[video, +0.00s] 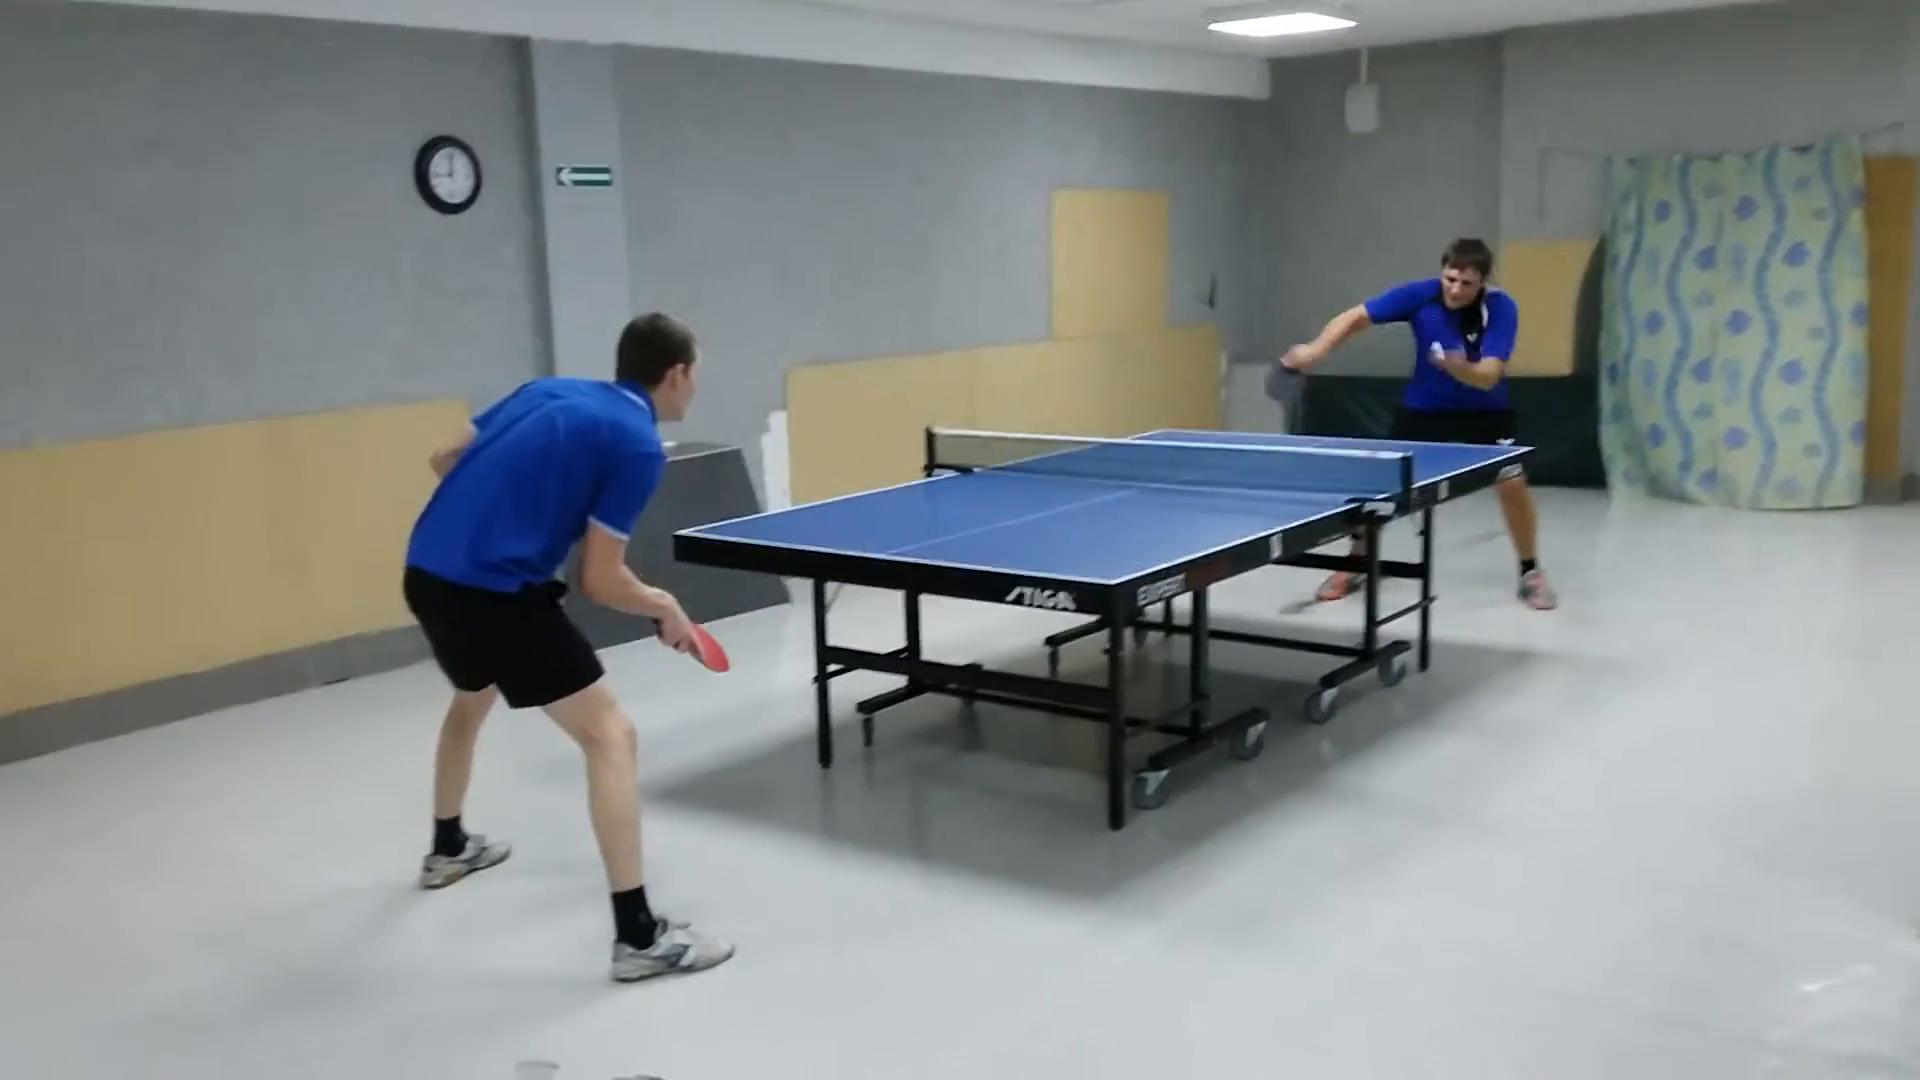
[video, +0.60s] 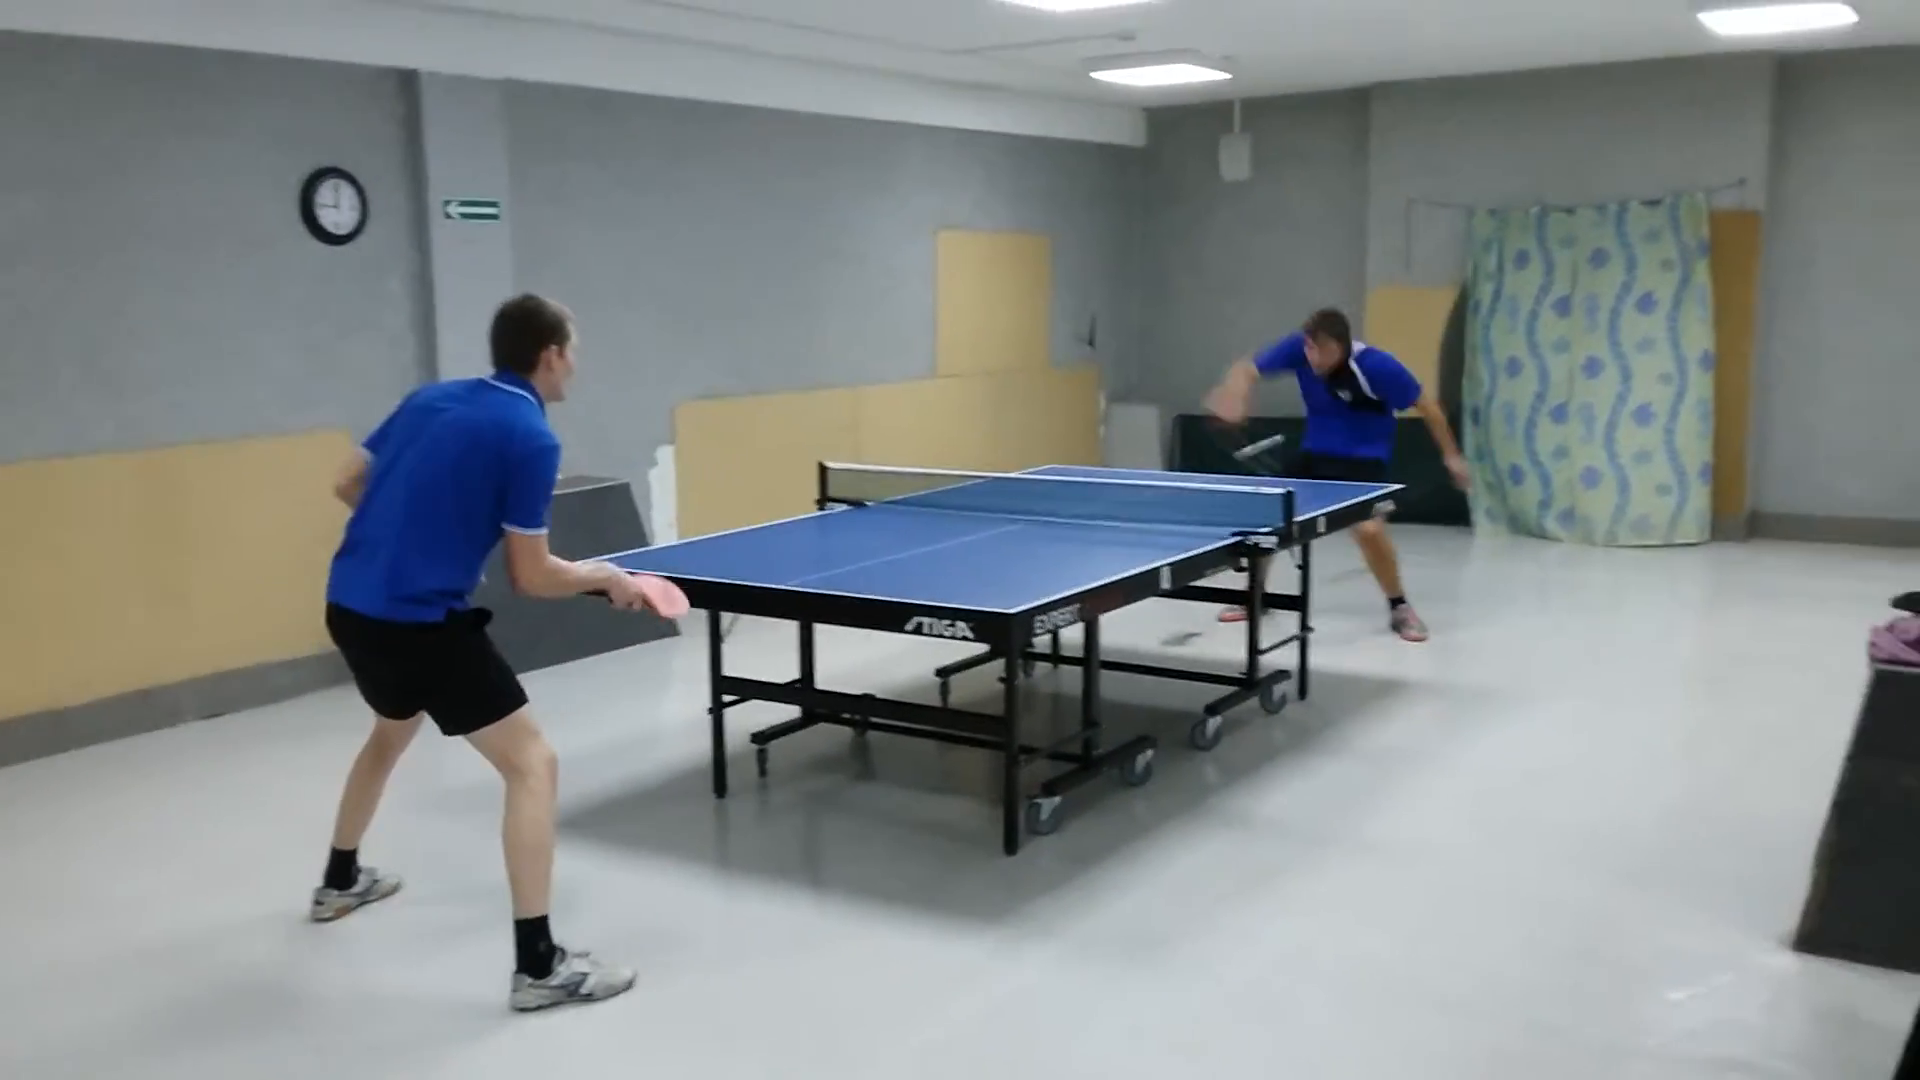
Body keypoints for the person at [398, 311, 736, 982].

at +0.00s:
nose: (695, 387)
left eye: (693, 374)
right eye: (693, 375)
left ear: (628, 367)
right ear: (673, 377)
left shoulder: (550, 391)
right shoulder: (637, 444)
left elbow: (445, 457)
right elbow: (601, 579)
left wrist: (502, 522)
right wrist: (664, 606)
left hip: (429, 572)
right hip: (499, 590)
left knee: (474, 691)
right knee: (610, 736)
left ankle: (446, 846)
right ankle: (638, 936)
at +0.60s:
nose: (573, 364)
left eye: (570, 351)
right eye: (569, 352)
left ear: (505, 355)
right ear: (547, 358)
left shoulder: (434, 396)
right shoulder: (530, 436)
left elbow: (349, 482)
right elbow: (532, 573)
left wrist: (414, 530)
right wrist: (608, 579)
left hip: (352, 605)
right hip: (423, 617)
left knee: (396, 723)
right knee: (531, 765)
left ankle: (338, 880)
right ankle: (538, 966)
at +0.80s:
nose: (552, 351)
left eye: (548, 338)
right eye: (549, 339)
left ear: (479, 342)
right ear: (530, 343)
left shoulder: (413, 392)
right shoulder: (515, 423)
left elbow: (346, 482)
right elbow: (566, 552)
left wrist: (450, 536)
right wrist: (615, 517)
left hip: (338, 604)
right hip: (416, 609)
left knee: (403, 703)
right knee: (562, 717)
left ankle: (312, 846)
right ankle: (571, 905)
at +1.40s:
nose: (410, 268)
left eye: (402, 254)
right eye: (403, 256)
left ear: (332, 267)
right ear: (388, 263)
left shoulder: (269, 327)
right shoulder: (416, 339)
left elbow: (140, 359)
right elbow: (568, 338)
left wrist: (179, 402)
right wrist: (700, 320)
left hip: (275, 582)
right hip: (367, 584)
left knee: (301, 679)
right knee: (474, 715)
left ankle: (291, 825)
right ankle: (547, 891)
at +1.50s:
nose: (360, 220)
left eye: (354, 206)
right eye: (353, 207)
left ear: (275, 218)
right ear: (330, 216)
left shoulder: (212, 291)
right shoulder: (363, 292)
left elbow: (91, 359)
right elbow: (510, 319)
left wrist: (73, 408)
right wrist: (647, 308)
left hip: (237, 555)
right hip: (338, 551)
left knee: (266, 683)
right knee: (430, 721)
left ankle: (212, 856)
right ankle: (447, 920)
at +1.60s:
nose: (307, 230)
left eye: (301, 214)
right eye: (300, 217)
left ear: (221, 230)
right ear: (277, 227)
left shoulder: (161, 315)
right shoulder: (309, 302)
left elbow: (65, 418)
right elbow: (411, 357)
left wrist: (46, 477)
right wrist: (558, 361)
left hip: (215, 587)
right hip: (318, 578)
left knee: (218, 725)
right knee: (396, 744)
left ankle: (109, 889)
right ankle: (421, 937)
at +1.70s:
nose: (278, 280)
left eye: (275, 264)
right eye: (272, 265)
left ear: (194, 280)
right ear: (242, 274)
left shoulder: (132, 367)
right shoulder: (267, 355)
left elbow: (68, 492)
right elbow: (334, 455)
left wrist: (101, 572)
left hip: (171, 634)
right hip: (273, 621)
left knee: (142, 792)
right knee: (391, 748)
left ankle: (29, 979)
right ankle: (427, 932)